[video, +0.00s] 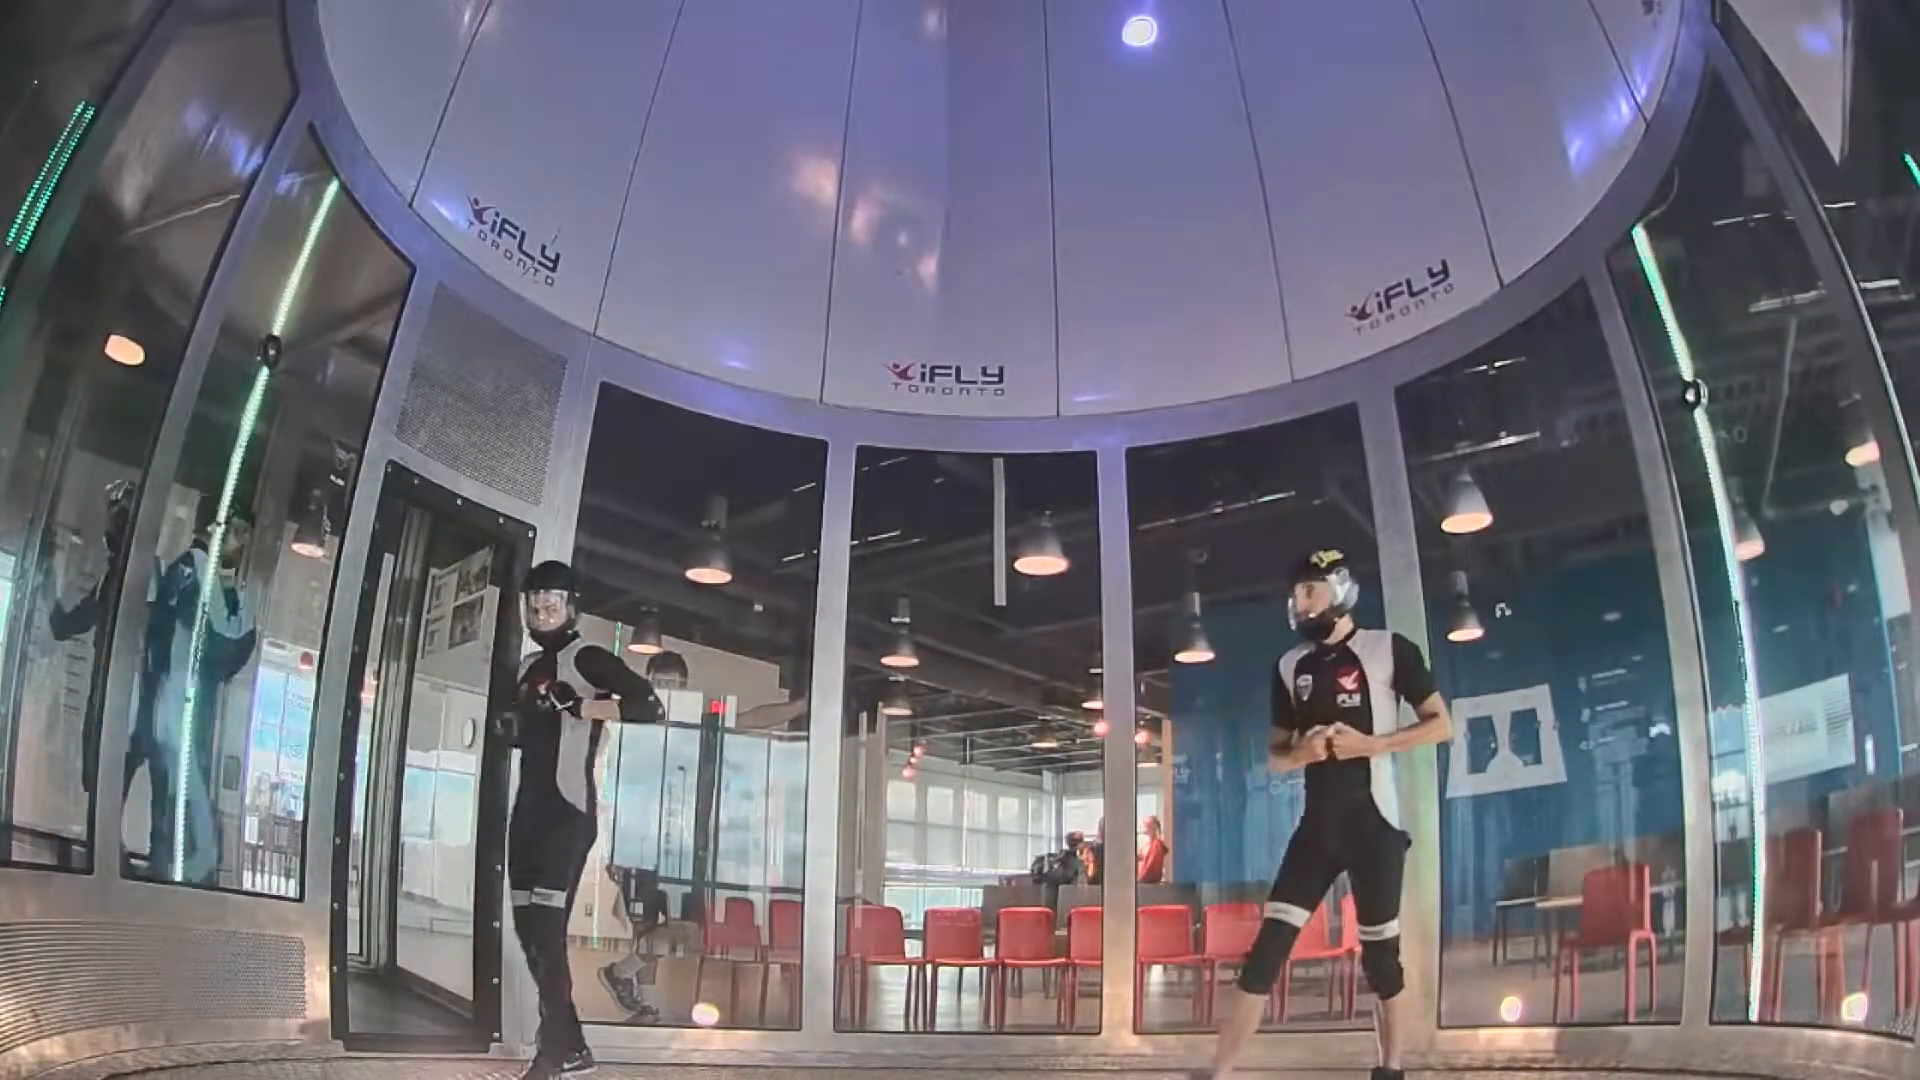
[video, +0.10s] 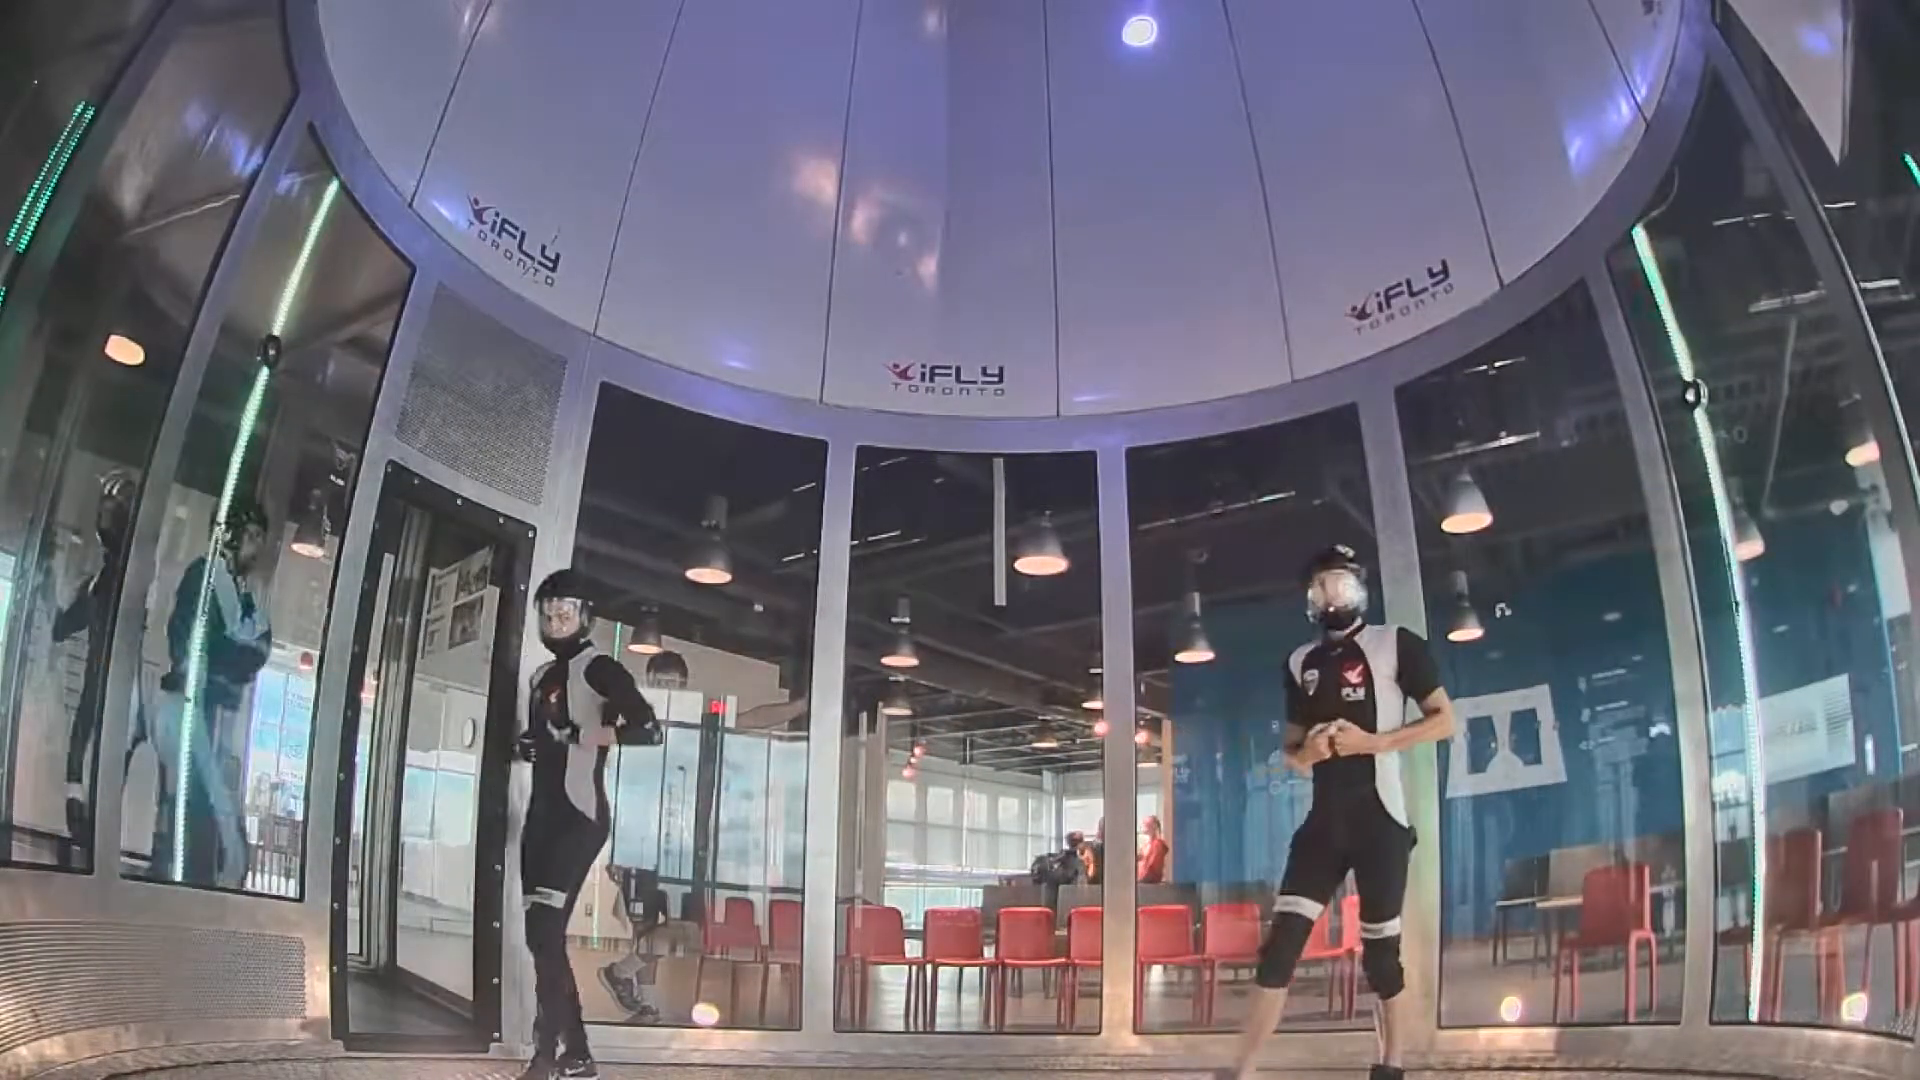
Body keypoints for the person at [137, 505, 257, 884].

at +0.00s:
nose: (233, 540)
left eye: (240, 533)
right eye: (227, 530)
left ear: (247, 543)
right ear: (209, 531)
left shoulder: (230, 590)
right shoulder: (186, 569)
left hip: (201, 684)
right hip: (174, 678)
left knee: (181, 757)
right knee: (172, 756)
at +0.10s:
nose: (258, 546)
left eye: (260, 538)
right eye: (253, 536)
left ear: (254, 544)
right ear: (234, 535)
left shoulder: (241, 588)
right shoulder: (208, 573)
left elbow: (260, 645)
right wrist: (254, 651)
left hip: (211, 706)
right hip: (184, 704)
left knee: (200, 800)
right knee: (186, 799)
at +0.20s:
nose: (275, 556)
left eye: (277, 548)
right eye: (269, 546)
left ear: (264, 551)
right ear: (247, 547)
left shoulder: (259, 596)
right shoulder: (228, 576)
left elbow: (280, 656)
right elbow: (236, 640)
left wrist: (246, 645)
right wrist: (276, 639)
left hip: (234, 720)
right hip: (206, 715)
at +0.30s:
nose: (292, 570)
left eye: (294, 561)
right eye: (289, 560)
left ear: (267, 559)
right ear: (265, 557)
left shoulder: (258, 600)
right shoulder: (243, 590)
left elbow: (272, 691)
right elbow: (243, 650)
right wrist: (288, 650)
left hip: (250, 728)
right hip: (233, 726)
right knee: (247, 814)